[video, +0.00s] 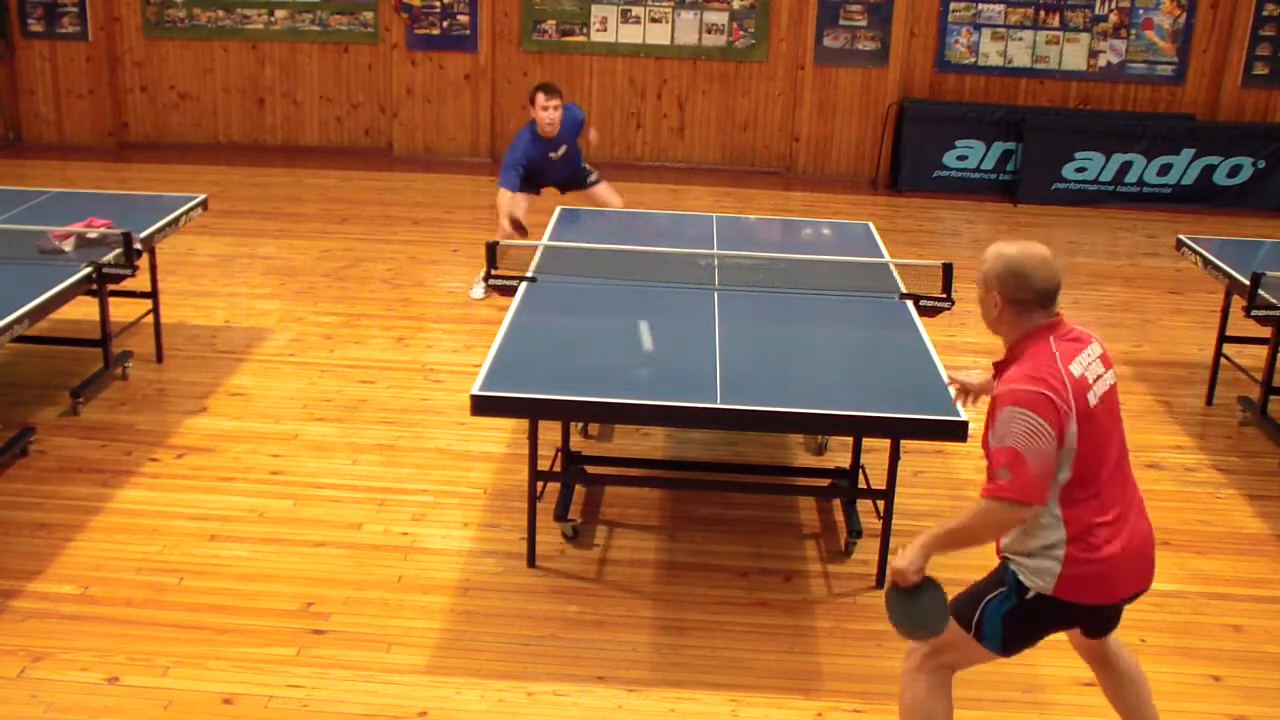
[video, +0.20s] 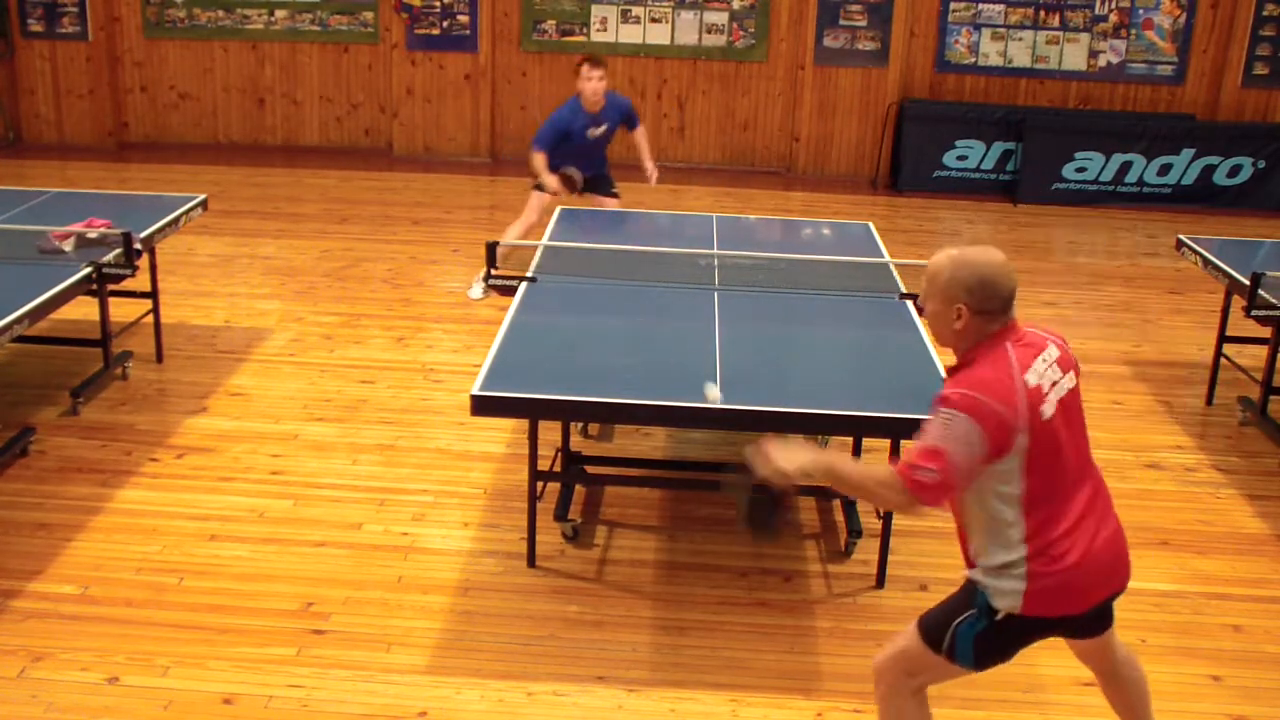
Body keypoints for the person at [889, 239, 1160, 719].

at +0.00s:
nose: (977, 295)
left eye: (980, 287)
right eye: (980, 285)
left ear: (996, 303)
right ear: (1050, 294)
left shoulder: (1028, 387)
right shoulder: (1080, 340)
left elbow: (1012, 504)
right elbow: (1040, 373)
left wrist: (925, 546)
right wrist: (991, 383)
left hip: (1066, 573)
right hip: (1124, 551)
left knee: (927, 660)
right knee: (1095, 639)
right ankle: (1146, 718)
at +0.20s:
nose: (922, 312)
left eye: (928, 304)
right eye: (923, 302)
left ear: (960, 317)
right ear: (1003, 306)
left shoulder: (976, 397)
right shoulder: (1048, 345)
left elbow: (906, 491)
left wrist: (816, 461)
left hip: (1031, 586)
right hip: (1098, 558)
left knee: (895, 675)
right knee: (1106, 655)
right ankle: (1142, 718)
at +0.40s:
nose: (935, 292)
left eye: (940, 285)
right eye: (937, 282)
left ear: (956, 306)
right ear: (1017, 306)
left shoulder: (914, 378)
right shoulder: (1062, 385)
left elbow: (885, 330)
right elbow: (1098, 458)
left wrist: (923, 286)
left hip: (972, 618)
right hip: (1066, 606)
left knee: (862, 687)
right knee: (1053, 658)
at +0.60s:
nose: (960, 299)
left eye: (962, 291)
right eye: (963, 289)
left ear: (972, 308)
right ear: (1043, 308)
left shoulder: (931, 387)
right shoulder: (1096, 394)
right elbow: (1118, 506)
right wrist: (1072, 548)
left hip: (965, 634)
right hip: (1065, 646)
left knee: (878, 686)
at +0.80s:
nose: (974, 304)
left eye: (976, 296)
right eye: (978, 293)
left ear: (983, 314)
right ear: (1057, 313)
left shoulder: (957, 411)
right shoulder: (1116, 392)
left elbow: (903, 524)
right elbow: (1163, 487)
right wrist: (1155, 563)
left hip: (1000, 647)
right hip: (1104, 655)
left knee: (929, 701)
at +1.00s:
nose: (1008, 322)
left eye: (1009, 313)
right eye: (1011, 310)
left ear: (1018, 327)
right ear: (1088, 325)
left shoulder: (1004, 423)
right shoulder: (1142, 396)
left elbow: (934, 540)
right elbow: (1178, 489)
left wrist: (900, 534)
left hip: (1052, 644)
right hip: (1149, 642)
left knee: (939, 712)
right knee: (1118, 712)